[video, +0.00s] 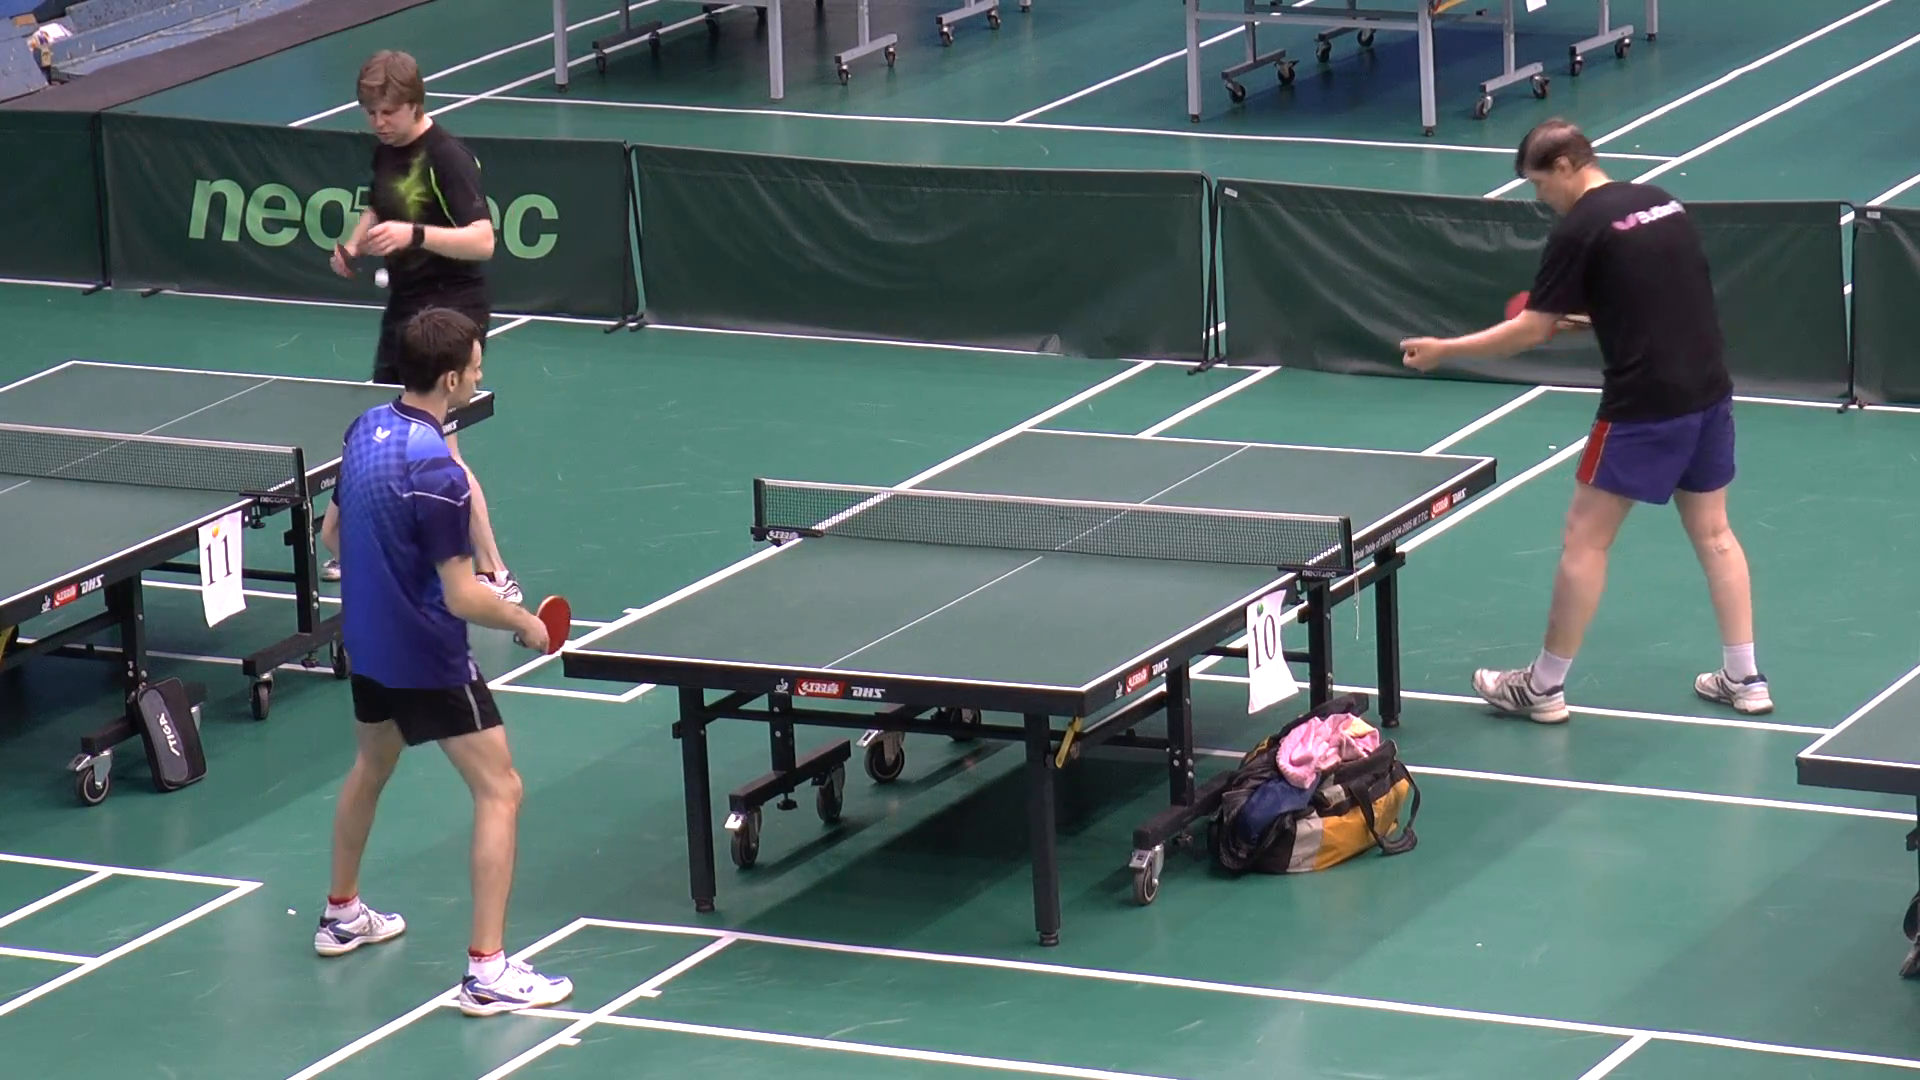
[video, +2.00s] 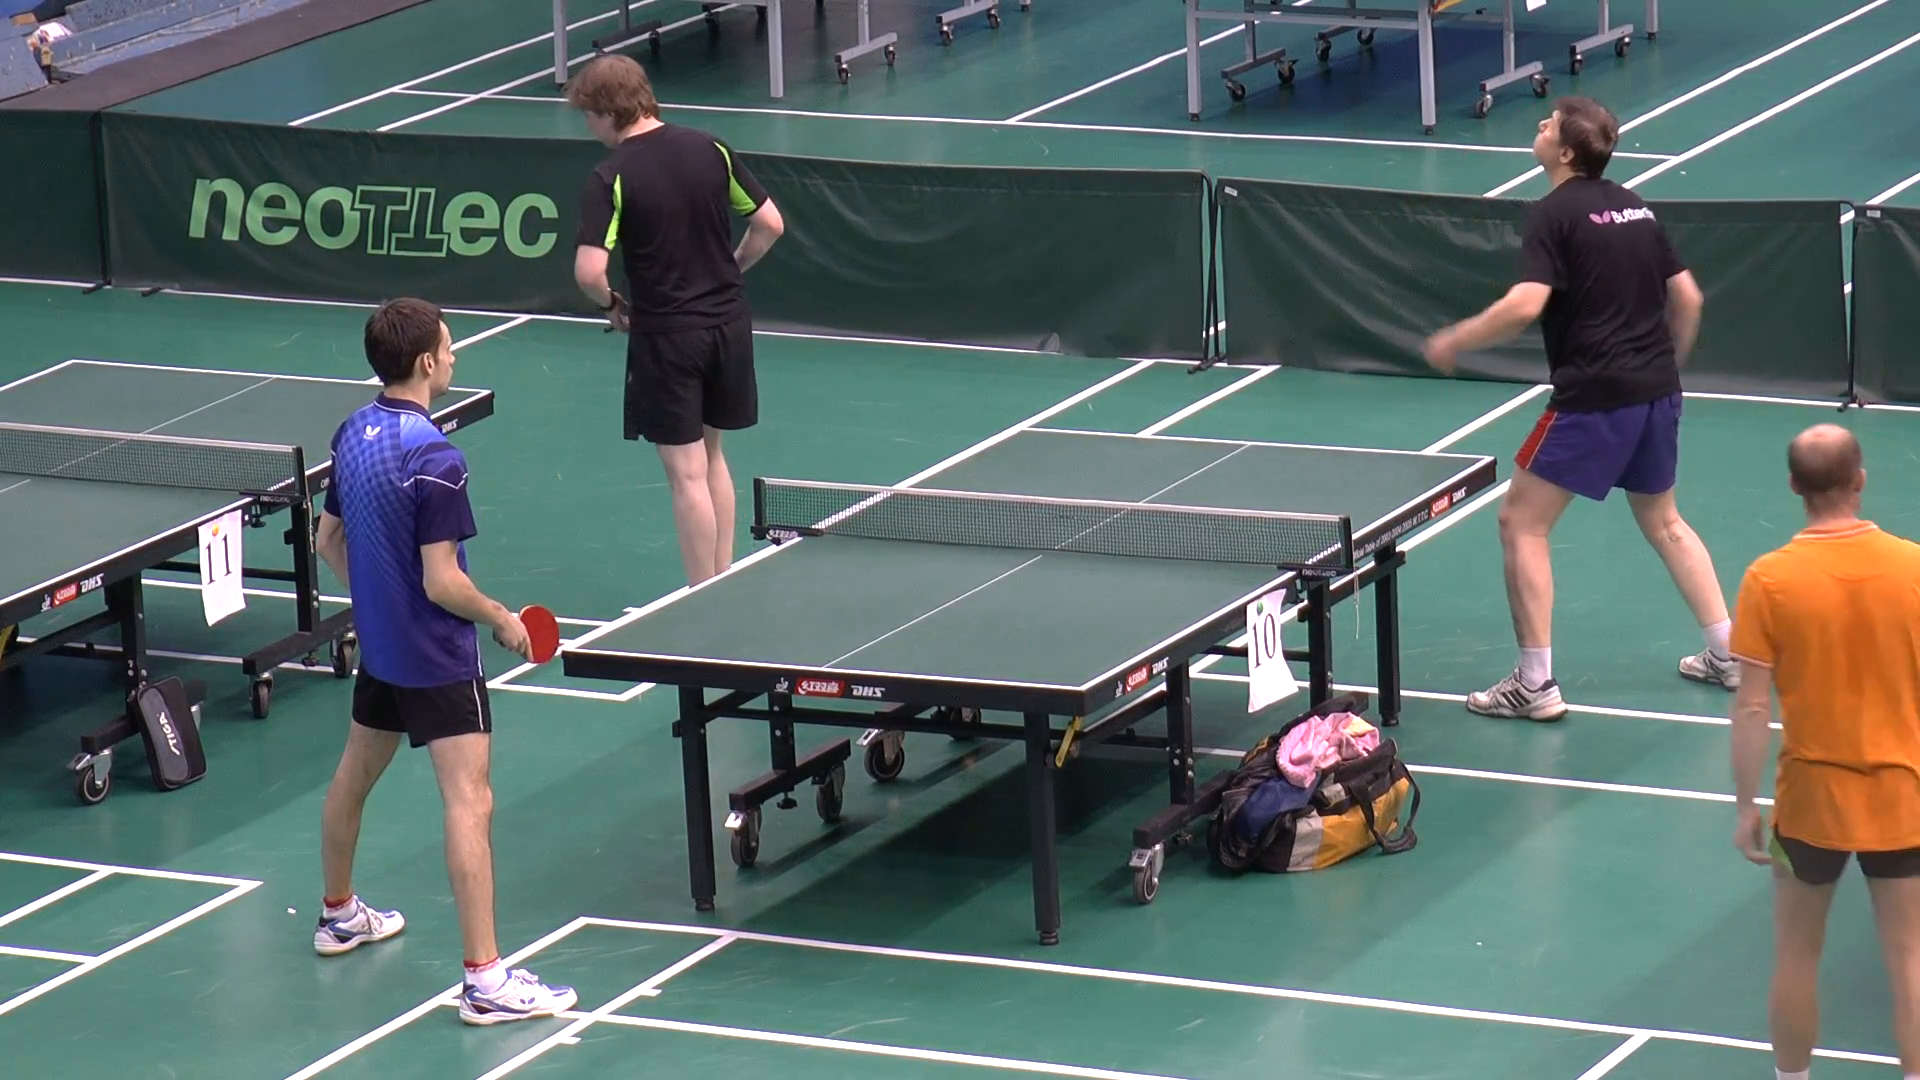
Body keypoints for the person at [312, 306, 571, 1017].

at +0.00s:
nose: (480, 368)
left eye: (477, 358)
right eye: (476, 360)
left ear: (408, 368)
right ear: (459, 373)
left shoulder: (367, 426)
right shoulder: (441, 472)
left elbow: (333, 536)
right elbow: (461, 594)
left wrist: (399, 577)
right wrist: (524, 622)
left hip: (366, 647)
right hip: (427, 658)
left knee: (371, 764)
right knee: (499, 789)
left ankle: (341, 911)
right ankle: (488, 966)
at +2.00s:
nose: (452, 353)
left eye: (448, 342)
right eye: (447, 344)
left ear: (385, 363)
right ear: (427, 361)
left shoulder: (353, 429)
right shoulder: (435, 454)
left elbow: (330, 539)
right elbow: (441, 578)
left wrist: (378, 601)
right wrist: (501, 618)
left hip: (380, 648)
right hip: (437, 656)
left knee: (354, 777)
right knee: (470, 804)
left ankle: (339, 912)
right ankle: (485, 975)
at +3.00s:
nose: (524, 418)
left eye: (524, 406)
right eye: (521, 406)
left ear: (458, 402)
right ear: (493, 410)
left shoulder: (404, 460)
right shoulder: (481, 490)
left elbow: (357, 562)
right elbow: (525, 609)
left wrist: (424, 595)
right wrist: (613, 623)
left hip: (408, 676)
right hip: (469, 686)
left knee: (416, 778)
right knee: (572, 808)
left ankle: (346, 926)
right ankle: (495, 966)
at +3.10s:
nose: (530, 440)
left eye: (530, 428)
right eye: (525, 428)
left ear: (467, 425)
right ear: (495, 430)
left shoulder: (412, 481)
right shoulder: (488, 513)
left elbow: (376, 573)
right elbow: (550, 617)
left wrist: (467, 598)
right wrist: (657, 638)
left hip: (418, 693)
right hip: (481, 699)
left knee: (418, 794)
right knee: (619, 786)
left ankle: (339, 934)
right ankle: (535, 936)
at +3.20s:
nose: (568, 456)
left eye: (568, 444)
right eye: (563, 445)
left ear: (512, 442)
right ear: (525, 445)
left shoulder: (451, 488)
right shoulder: (528, 525)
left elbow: (404, 553)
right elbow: (620, 608)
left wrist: (496, 581)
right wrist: (735, 621)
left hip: (438, 702)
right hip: (503, 706)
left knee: (421, 802)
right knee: (658, 769)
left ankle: (340, 933)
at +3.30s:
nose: (647, 457)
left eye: (647, 444)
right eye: (639, 446)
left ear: (576, 442)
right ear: (597, 445)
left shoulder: (513, 479)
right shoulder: (594, 521)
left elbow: (437, 524)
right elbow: (707, 589)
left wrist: (496, 546)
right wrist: (829, 600)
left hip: (479, 700)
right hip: (552, 703)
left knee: (426, 805)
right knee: (708, 767)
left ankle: (339, 935)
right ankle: (784, 927)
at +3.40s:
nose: (737, 469)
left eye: (739, 456)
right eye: (732, 457)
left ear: (669, 442)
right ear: (693, 450)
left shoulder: (596, 472)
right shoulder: (695, 523)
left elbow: (497, 503)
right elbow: (810, 594)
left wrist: (442, 526)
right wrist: (920, 600)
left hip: (544, 688)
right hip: (622, 697)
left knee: (458, 793)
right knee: (766, 779)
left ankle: (359, 924)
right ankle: (859, 938)